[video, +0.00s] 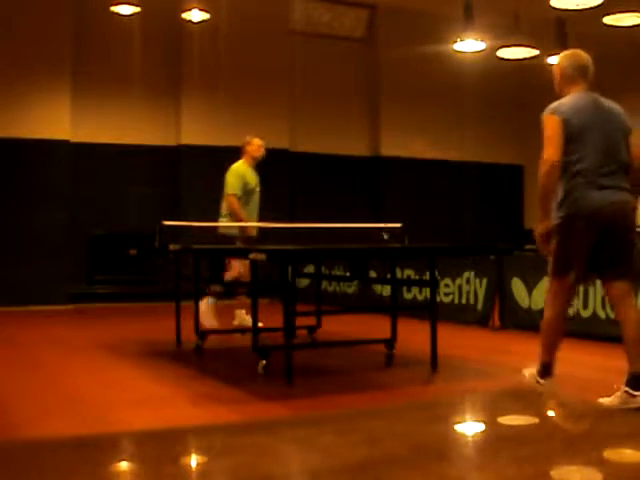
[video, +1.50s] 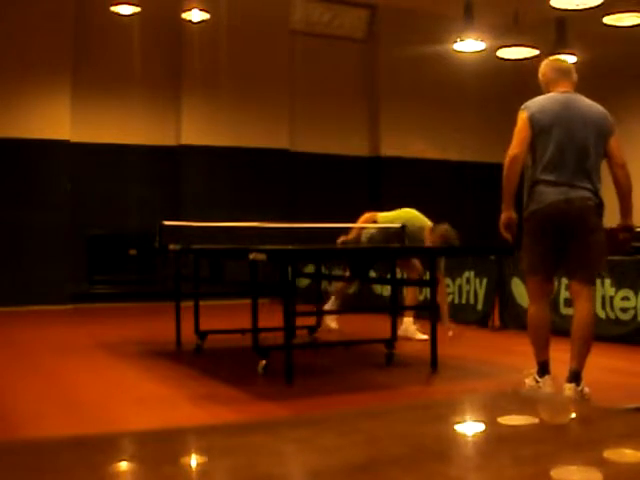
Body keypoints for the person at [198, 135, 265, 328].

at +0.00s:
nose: (262, 150)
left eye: (262, 147)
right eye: (258, 146)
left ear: (258, 151)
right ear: (247, 148)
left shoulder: (251, 172)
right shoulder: (237, 170)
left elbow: (246, 202)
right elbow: (232, 199)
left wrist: (251, 224)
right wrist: (245, 223)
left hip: (244, 230)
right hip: (231, 229)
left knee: (244, 271)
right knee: (235, 270)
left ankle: (241, 311)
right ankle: (208, 302)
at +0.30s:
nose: (289, 154)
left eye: (289, 150)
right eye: (286, 149)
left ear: (285, 153)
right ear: (275, 151)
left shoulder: (281, 174)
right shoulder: (265, 174)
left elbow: (283, 206)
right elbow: (259, 205)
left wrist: (289, 227)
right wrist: (279, 224)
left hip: (279, 231)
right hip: (263, 232)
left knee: (291, 270)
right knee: (257, 273)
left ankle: (300, 308)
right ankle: (242, 310)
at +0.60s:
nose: (320, 152)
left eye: (320, 148)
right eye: (316, 148)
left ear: (319, 150)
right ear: (306, 149)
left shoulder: (319, 168)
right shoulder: (297, 172)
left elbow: (320, 198)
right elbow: (288, 204)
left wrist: (325, 221)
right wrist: (307, 224)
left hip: (319, 227)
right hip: (301, 229)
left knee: (314, 271)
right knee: (311, 271)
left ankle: (286, 297)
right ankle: (313, 315)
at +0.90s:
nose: (358, 157)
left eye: (359, 153)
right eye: (355, 152)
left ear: (359, 154)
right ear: (343, 151)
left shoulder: (360, 175)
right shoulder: (328, 172)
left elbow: (369, 204)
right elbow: (312, 201)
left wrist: (375, 229)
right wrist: (325, 223)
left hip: (351, 232)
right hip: (328, 232)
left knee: (364, 270)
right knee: (323, 274)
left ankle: (376, 312)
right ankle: (316, 316)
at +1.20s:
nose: (419, 191)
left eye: (421, 187)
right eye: (417, 186)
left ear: (421, 188)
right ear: (407, 182)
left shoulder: (414, 208)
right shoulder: (382, 192)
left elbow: (419, 238)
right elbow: (349, 214)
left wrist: (422, 259)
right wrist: (346, 235)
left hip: (386, 246)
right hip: (360, 243)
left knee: (404, 276)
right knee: (350, 286)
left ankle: (405, 322)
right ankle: (322, 313)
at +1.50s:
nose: (434, 248)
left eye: (438, 247)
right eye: (435, 244)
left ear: (442, 244)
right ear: (432, 233)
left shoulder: (435, 250)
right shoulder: (410, 218)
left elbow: (440, 284)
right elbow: (369, 217)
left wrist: (445, 320)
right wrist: (352, 236)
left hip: (393, 249)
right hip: (369, 241)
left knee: (415, 271)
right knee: (352, 275)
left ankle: (407, 323)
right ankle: (330, 309)